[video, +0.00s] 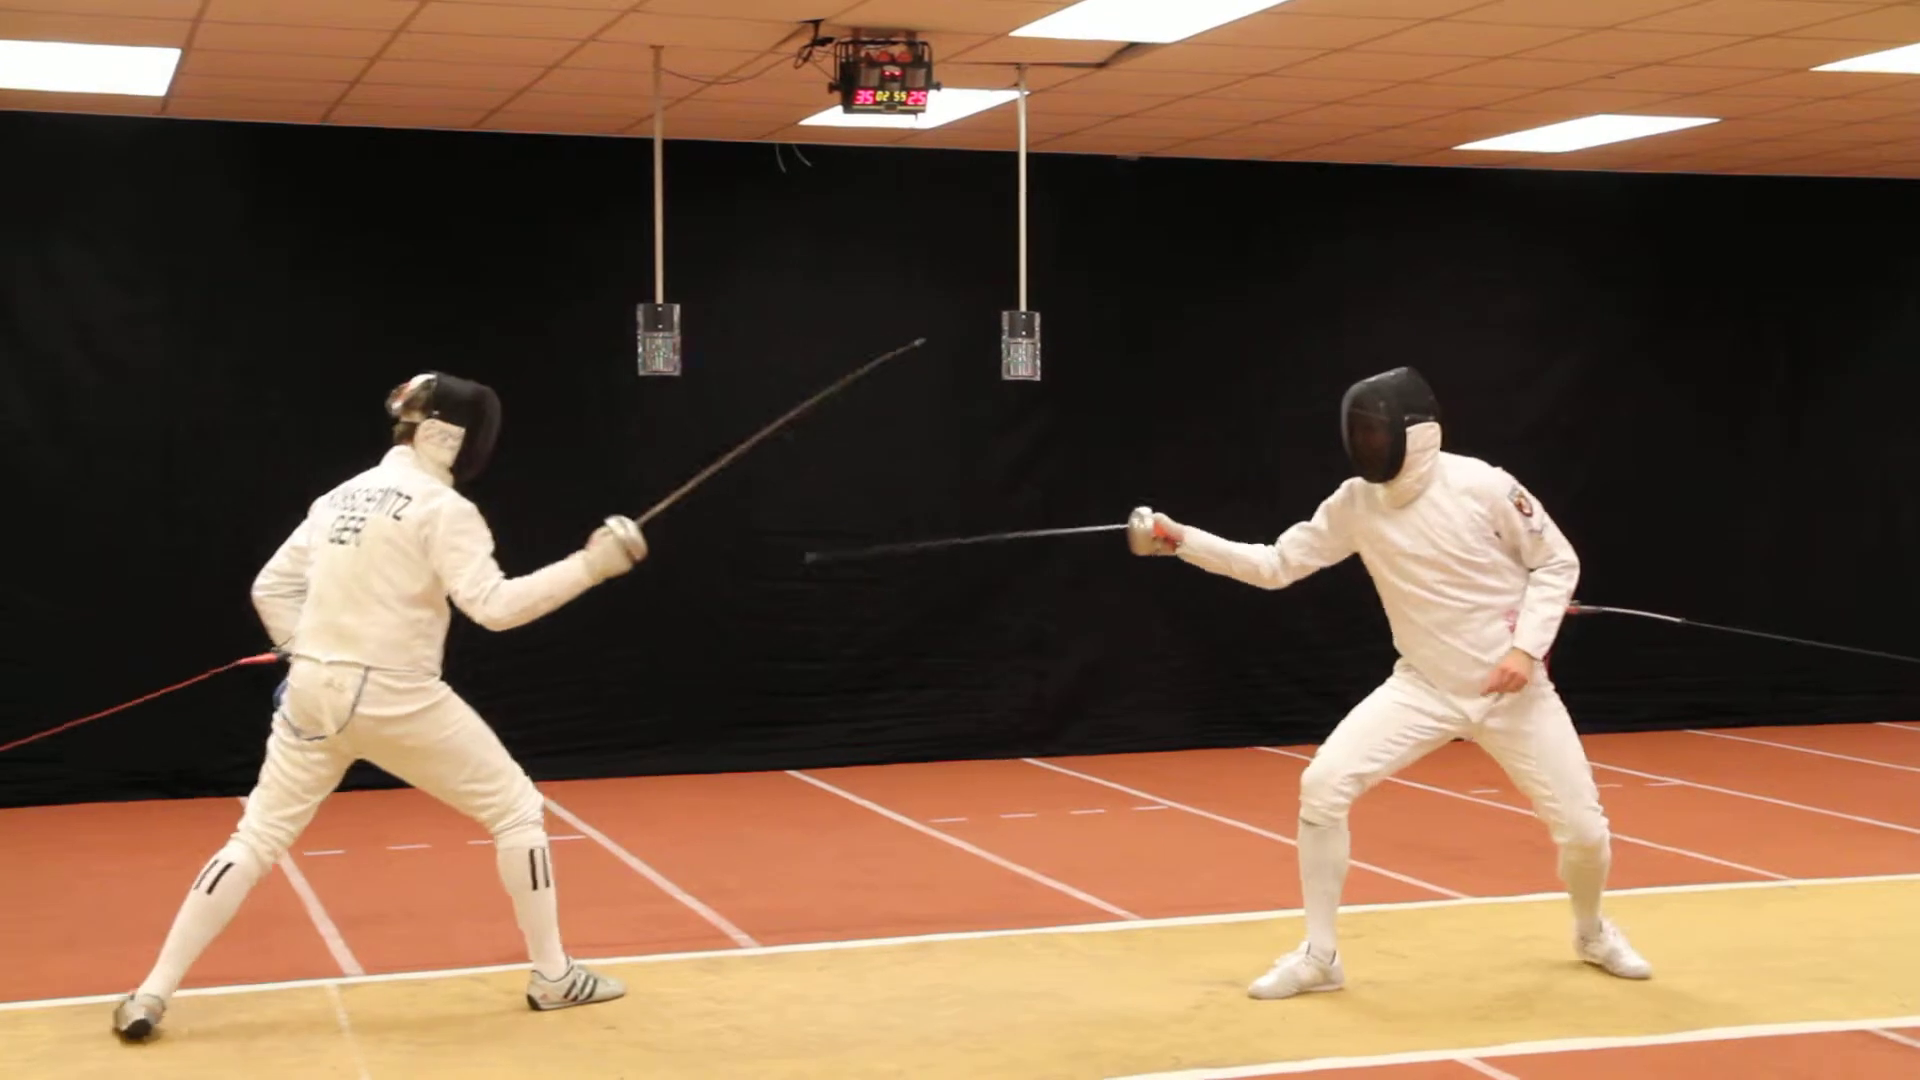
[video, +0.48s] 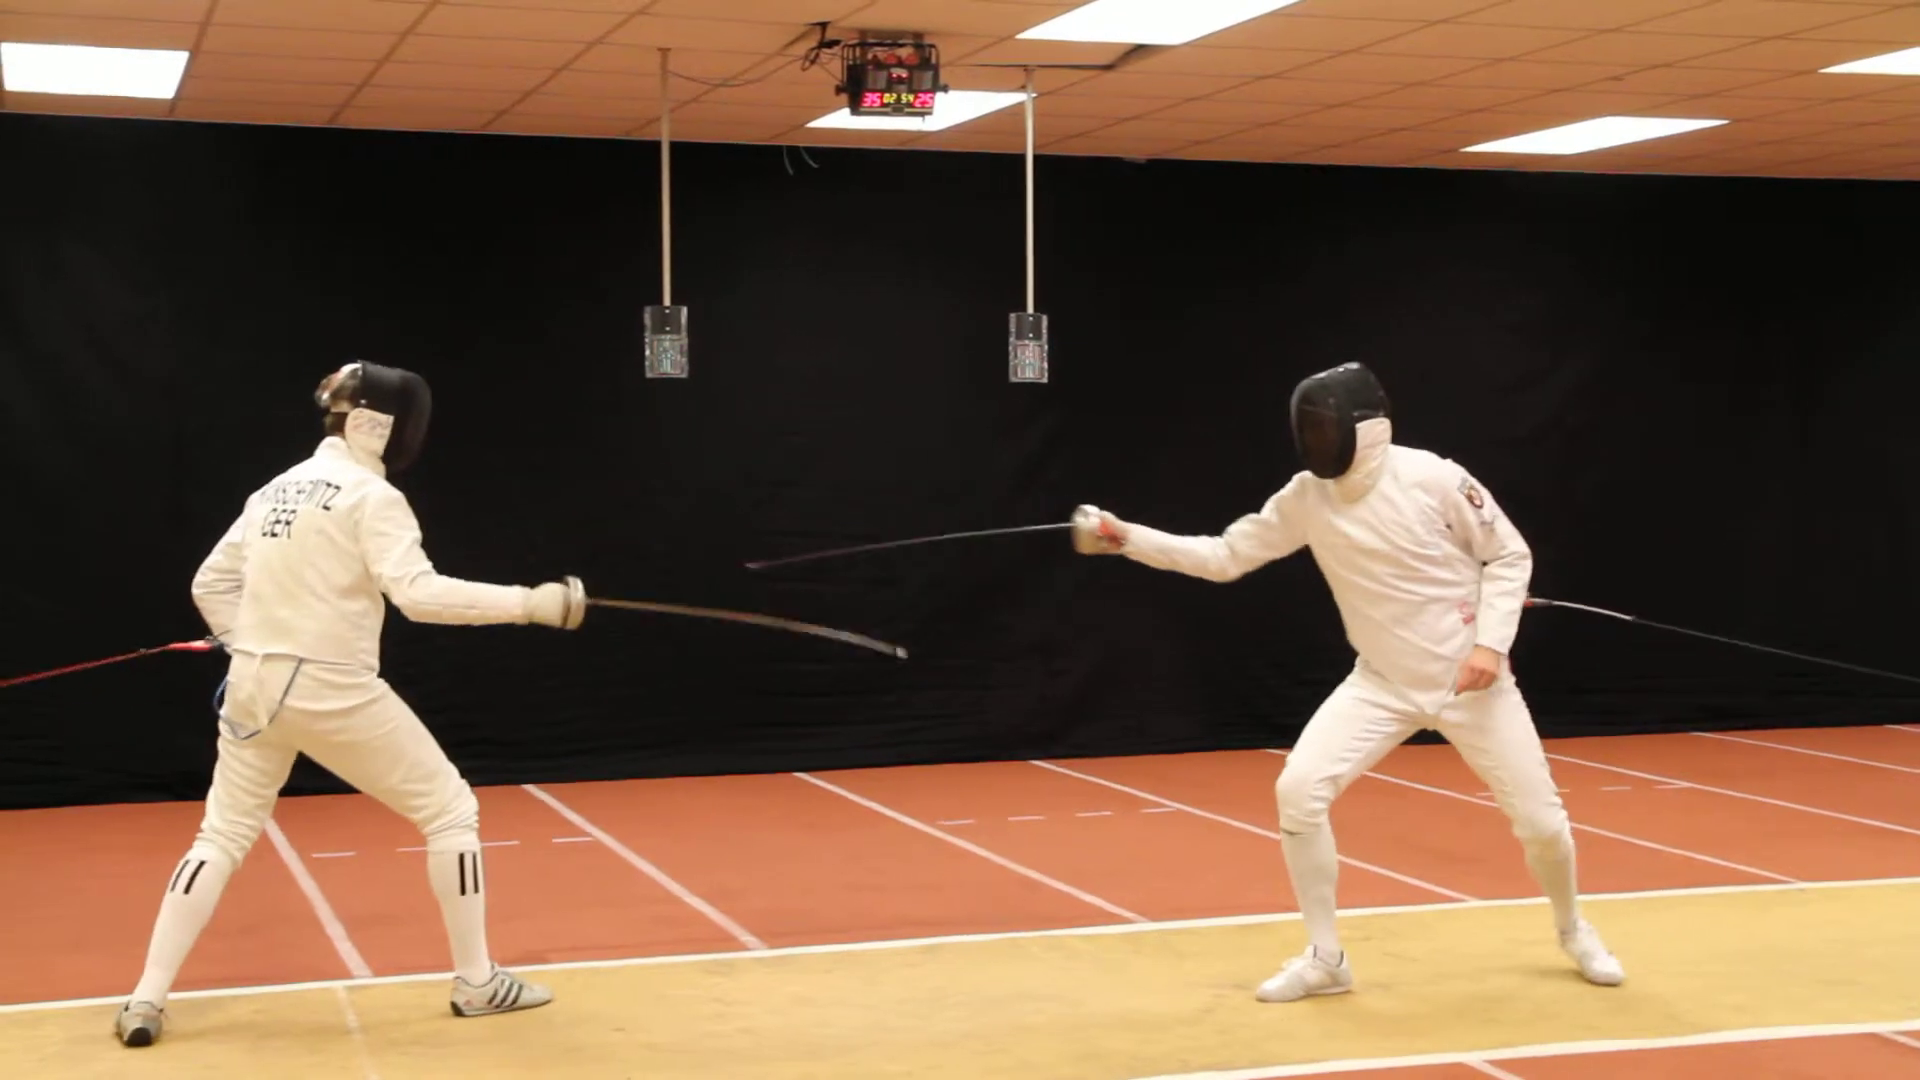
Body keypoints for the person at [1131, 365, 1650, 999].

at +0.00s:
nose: (1360, 445)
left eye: (1373, 431)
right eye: (1355, 431)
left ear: (1416, 432)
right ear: (1355, 436)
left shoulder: (1483, 488)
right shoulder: (1356, 506)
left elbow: (1556, 563)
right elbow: (1273, 564)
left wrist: (1526, 648)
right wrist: (1176, 538)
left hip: (1515, 691)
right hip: (1421, 690)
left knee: (1586, 834)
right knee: (1323, 789)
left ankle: (1591, 933)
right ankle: (1319, 955)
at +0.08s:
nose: (1348, 440)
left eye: (1360, 427)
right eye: (1344, 427)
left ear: (1404, 429)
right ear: (1346, 433)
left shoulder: (1473, 485)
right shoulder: (1347, 504)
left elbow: (1552, 560)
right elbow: (1264, 560)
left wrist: (1526, 649)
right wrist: (1170, 530)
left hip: (1509, 690)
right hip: (1414, 689)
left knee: (1578, 829)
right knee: (1316, 788)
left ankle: (1590, 934)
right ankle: (1319, 956)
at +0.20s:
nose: (1325, 434)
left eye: (1338, 420)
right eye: (1320, 420)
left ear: (1383, 420)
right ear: (1321, 425)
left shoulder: (1449, 478)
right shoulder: (1319, 497)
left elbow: (1525, 555)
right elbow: (1234, 547)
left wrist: (1517, 644)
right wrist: (1139, 515)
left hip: (1485, 679)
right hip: (1390, 680)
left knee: (1559, 820)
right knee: (1303, 787)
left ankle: (1588, 926)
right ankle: (1316, 955)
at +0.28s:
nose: (1309, 443)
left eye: (1323, 430)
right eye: (1306, 430)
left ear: (1367, 426)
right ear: (1313, 432)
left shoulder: (1432, 480)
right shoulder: (1301, 497)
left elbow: (1506, 558)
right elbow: (1210, 533)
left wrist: (1503, 646)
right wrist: (1108, 513)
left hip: (1471, 679)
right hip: (1376, 682)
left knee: (1548, 821)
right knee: (1292, 791)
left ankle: (1566, 929)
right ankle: (1316, 955)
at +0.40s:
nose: (1304, 444)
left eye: (1318, 430)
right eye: (1300, 431)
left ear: (1363, 428)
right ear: (1303, 435)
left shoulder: (1428, 482)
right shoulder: (1297, 500)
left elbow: (1502, 561)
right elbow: (1206, 536)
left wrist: (1492, 649)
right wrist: (1100, 523)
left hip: (1468, 680)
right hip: (1376, 684)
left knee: (1539, 826)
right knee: (1293, 793)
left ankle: (1554, 940)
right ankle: (1323, 956)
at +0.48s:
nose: (1309, 441)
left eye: (1322, 427)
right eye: (1305, 427)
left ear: (1365, 426)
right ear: (1311, 430)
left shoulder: (1433, 480)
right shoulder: (1306, 501)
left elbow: (1508, 555)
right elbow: (1224, 556)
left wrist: (1491, 643)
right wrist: (1123, 537)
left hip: (1474, 683)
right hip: (1379, 686)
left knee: (1546, 825)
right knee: (1298, 793)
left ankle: (1573, 929)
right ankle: (1326, 959)